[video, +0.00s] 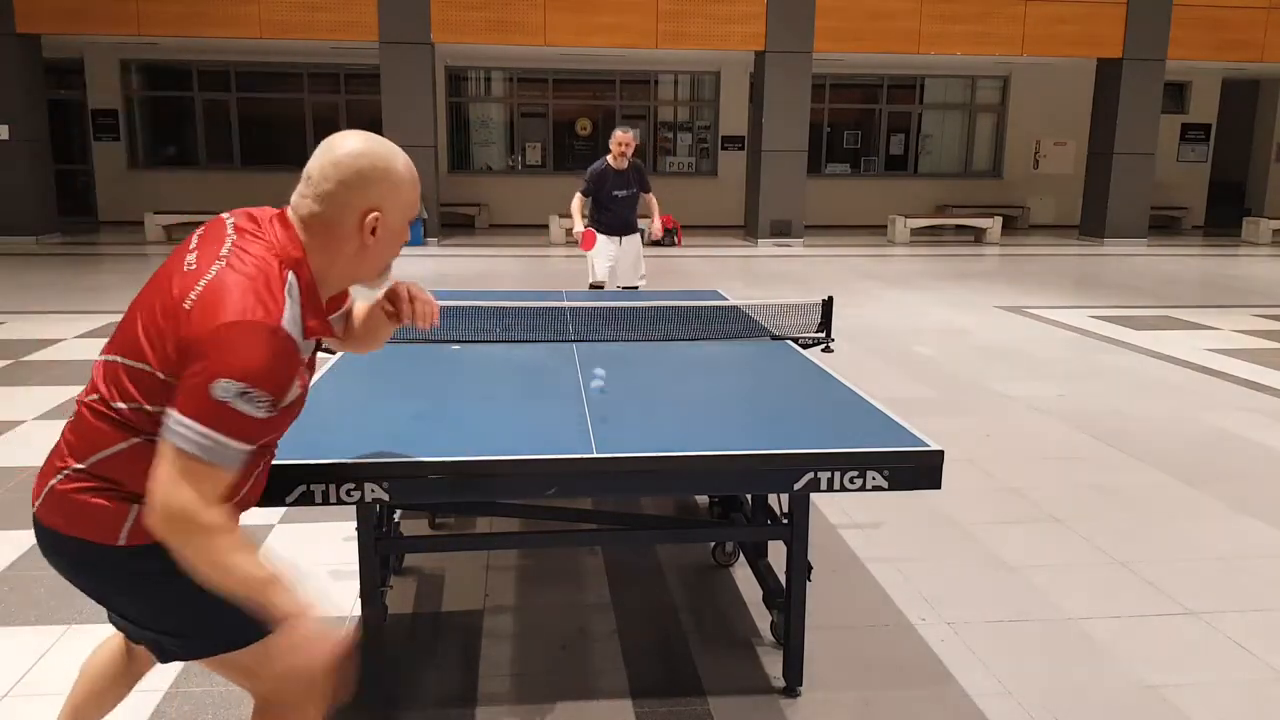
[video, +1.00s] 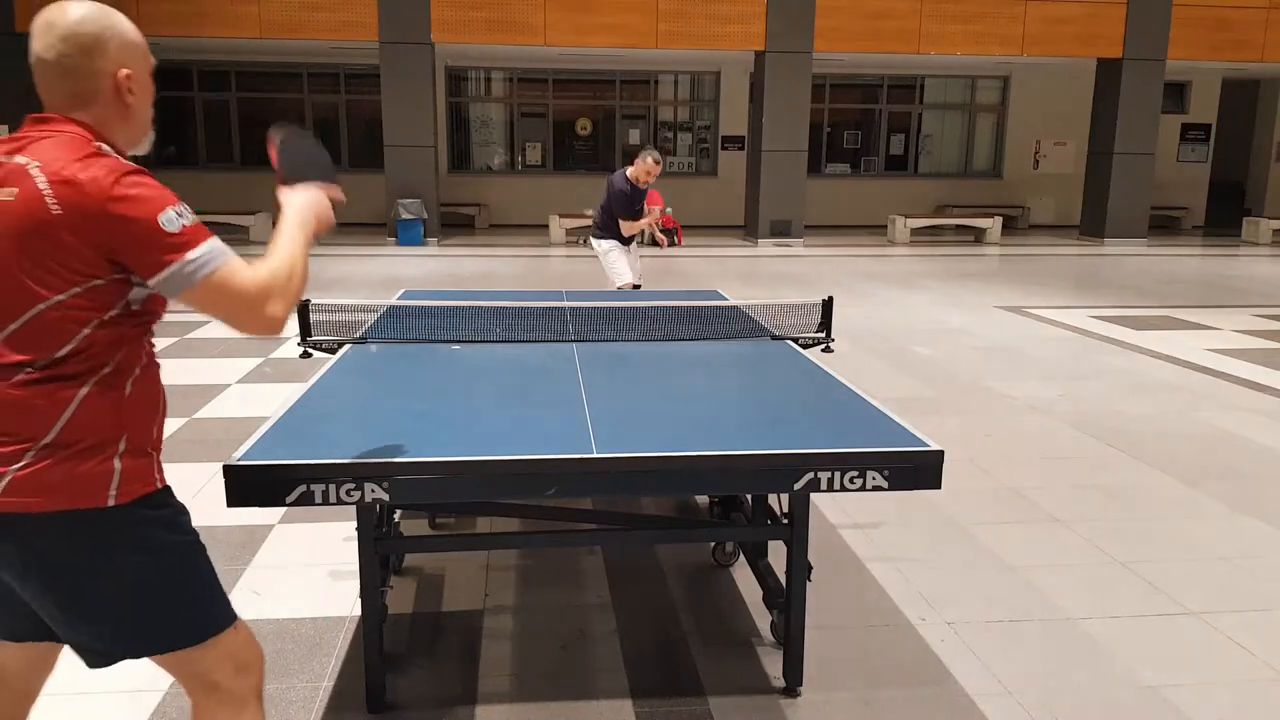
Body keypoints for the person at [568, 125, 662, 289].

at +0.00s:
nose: (623, 150)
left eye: (627, 145)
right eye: (619, 145)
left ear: (634, 146)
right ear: (610, 145)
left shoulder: (636, 168)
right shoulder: (598, 170)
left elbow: (649, 197)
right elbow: (578, 200)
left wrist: (656, 221)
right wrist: (578, 225)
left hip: (630, 237)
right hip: (601, 238)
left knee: (631, 287)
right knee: (598, 283)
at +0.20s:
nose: (617, 144)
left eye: (621, 140)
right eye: (612, 139)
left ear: (627, 142)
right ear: (604, 140)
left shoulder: (631, 166)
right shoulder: (591, 168)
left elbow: (638, 195)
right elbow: (576, 202)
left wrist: (640, 220)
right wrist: (583, 230)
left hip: (624, 236)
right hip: (595, 237)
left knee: (629, 285)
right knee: (589, 288)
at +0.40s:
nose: (619, 149)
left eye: (623, 145)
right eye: (614, 144)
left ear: (628, 147)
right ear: (605, 145)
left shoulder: (627, 170)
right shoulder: (591, 172)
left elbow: (630, 199)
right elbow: (576, 207)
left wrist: (634, 228)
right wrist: (585, 239)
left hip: (618, 236)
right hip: (591, 237)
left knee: (636, 277)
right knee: (586, 288)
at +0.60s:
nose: (631, 151)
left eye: (635, 147)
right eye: (627, 146)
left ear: (640, 149)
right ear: (617, 146)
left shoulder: (636, 171)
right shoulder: (603, 170)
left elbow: (637, 197)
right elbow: (579, 200)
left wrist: (644, 227)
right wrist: (597, 230)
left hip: (627, 238)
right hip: (599, 237)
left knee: (634, 284)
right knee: (594, 288)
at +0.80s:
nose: (643, 162)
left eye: (647, 158)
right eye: (639, 157)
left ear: (651, 159)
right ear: (629, 154)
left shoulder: (645, 177)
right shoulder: (615, 178)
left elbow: (645, 206)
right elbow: (604, 216)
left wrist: (655, 234)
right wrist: (629, 240)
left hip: (629, 237)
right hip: (605, 234)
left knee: (637, 282)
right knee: (614, 279)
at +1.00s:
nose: (650, 180)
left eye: (655, 176)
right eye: (648, 174)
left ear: (658, 174)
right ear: (636, 164)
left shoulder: (641, 183)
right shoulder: (619, 187)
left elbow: (642, 211)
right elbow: (626, 230)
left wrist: (656, 232)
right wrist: (648, 220)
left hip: (628, 238)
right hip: (606, 238)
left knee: (636, 284)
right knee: (626, 284)